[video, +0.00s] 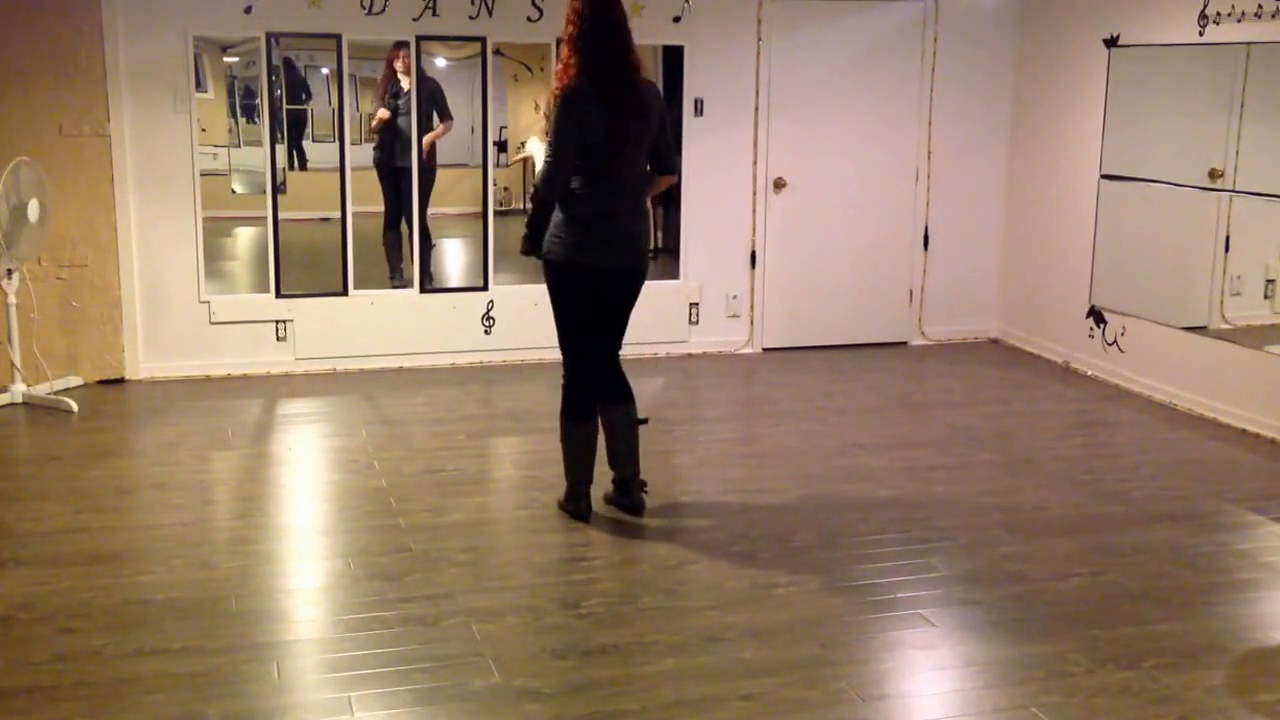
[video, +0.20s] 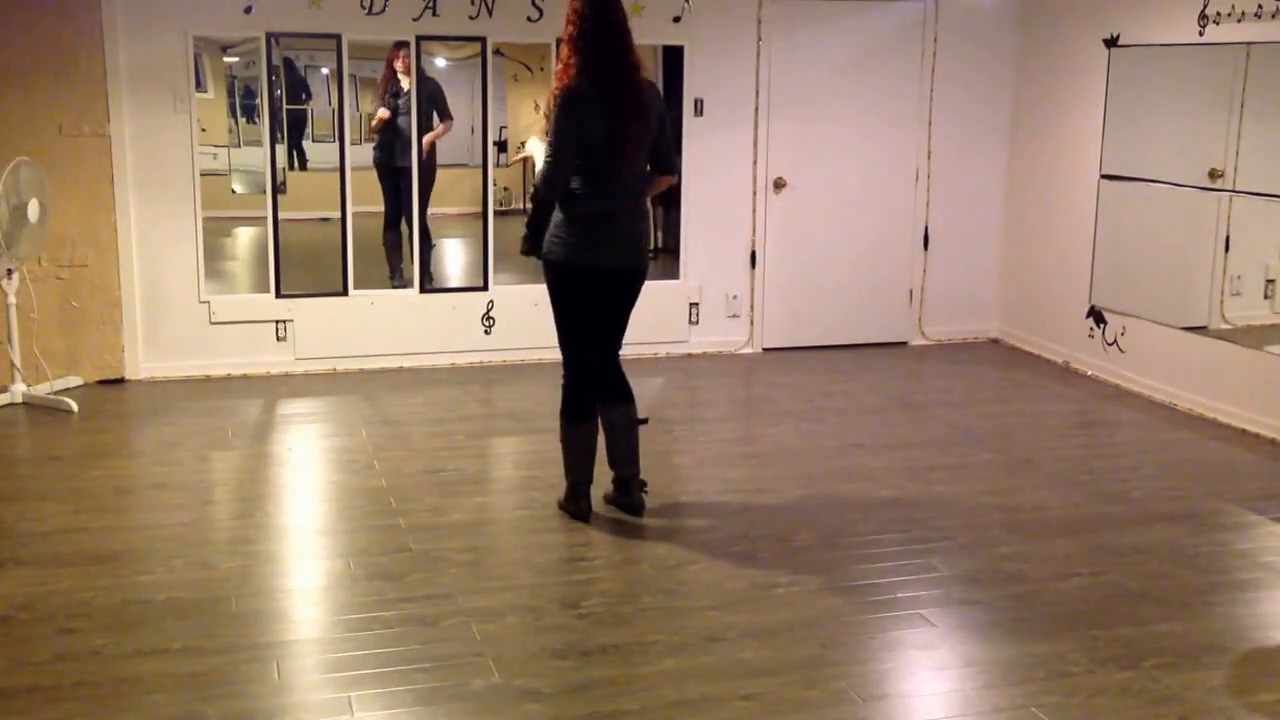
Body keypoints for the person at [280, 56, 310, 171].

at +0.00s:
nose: (282, 71)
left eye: (282, 68)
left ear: (282, 68)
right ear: (293, 65)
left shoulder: (282, 79)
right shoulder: (300, 78)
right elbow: (308, 94)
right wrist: (304, 101)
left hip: (287, 112)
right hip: (300, 112)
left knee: (288, 143)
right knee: (298, 142)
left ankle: (290, 168)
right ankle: (303, 166)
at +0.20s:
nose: (282, 70)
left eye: (282, 68)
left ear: (283, 67)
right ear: (293, 65)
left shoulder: (282, 79)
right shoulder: (300, 77)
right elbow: (308, 94)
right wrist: (304, 101)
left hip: (287, 112)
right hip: (300, 112)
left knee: (288, 143)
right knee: (298, 142)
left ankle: (290, 168)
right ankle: (303, 166)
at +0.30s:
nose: (283, 70)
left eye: (283, 67)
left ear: (283, 67)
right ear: (294, 66)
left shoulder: (282, 81)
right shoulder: (300, 78)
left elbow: (278, 97)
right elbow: (311, 91)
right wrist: (304, 99)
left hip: (289, 113)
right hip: (303, 112)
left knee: (291, 143)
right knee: (302, 142)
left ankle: (290, 168)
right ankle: (305, 167)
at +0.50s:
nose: (284, 70)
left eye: (283, 67)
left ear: (283, 67)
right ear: (294, 65)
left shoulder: (282, 81)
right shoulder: (300, 77)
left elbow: (278, 96)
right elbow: (311, 91)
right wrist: (304, 98)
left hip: (289, 112)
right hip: (303, 112)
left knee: (291, 143)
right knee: (304, 142)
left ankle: (291, 168)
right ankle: (305, 168)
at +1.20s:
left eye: (283, 67)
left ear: (283, 67)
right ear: (294, 66)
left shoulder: (281, 82)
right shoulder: (300, 80)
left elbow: (278, 100)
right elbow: (305, 96)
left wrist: (280, 115)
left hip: (290, 115)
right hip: (304, 114)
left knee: (292, 145)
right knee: (305, 144)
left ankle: (291, 170)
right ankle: (306, 169)